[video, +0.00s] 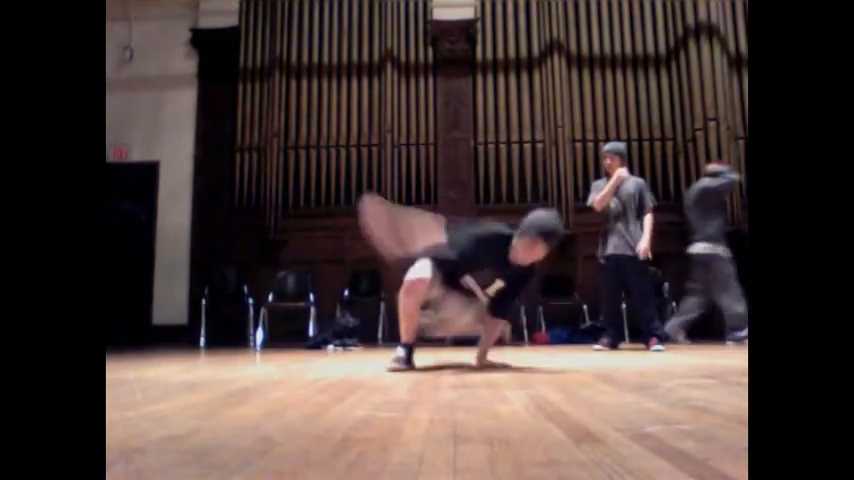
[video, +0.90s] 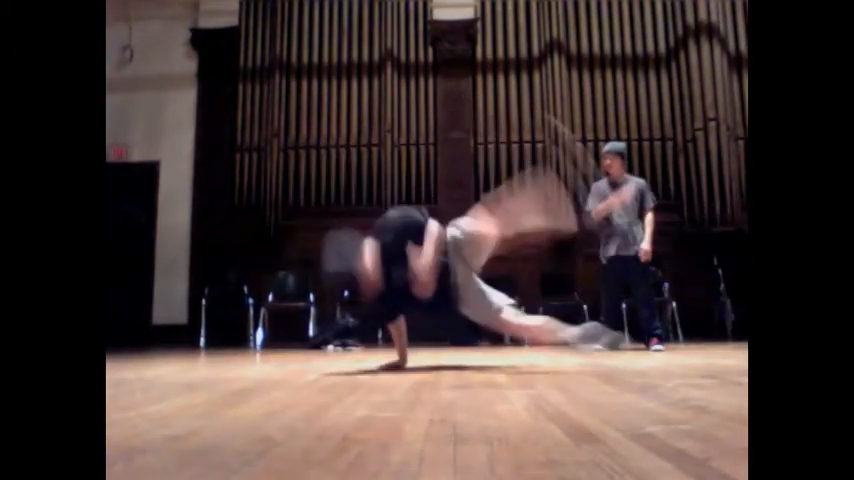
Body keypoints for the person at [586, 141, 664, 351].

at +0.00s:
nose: (608, 162)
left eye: (612, 158)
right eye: (605, 159)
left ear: (622, 160)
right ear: (603, 162)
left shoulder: (637, 183)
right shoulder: (599, 185)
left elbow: (648, 212)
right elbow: (597, 205)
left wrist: (645, 240)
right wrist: (615, 180)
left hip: (633, 248)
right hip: (609, 250)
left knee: (642, 296)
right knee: (610, 298)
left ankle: (652, 336)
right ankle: (610, 336)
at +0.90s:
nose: (607, 165)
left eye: (611, 160)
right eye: (604, 161)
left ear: (622, 162)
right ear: (602, 164)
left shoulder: (638, 185)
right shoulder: (598, 188)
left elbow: (648, 213)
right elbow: (590, 218)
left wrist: (647, 242)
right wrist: (610, 203)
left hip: (635, 247)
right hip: (610, 249)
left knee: (643, 294)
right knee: (611, 296)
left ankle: (653, 336)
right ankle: (612, 337)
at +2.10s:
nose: (612, 159)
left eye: (616, 155)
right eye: (609, 155)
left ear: (625, 158)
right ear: (606, 159)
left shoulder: (639, 185)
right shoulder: (598, 187)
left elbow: (650, 216)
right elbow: (594, 219)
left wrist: (655, 245)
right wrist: (592, 248)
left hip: (636, 250)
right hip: (610, 252)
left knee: (645, 297)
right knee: (610, 299)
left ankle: (653, 336)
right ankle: (609, 337)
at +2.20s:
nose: (612, 159)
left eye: (616, 155)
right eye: (609, 155)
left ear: (625, 158)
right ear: (606, 159)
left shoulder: (639, 185)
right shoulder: (598, 187)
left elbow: (650, 216)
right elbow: (594, 219)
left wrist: (655, 245)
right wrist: (592, 248)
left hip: (636, 250)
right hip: (610, 252)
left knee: (645, 297)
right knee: (610, 298)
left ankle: (653, 336)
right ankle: (609, 337)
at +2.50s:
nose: (611, 159)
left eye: (616, 155)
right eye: (609, 155)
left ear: (625, 157)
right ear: (606, 159)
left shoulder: (639, 185)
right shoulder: (598, 187)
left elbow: (648, 216)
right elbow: (594, 218)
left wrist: (651, 245)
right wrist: (595, 244)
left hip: (635, 250)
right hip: (610, 251)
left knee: (644, 296)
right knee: (610, 297)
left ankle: (653, 337)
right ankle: (609, 337)